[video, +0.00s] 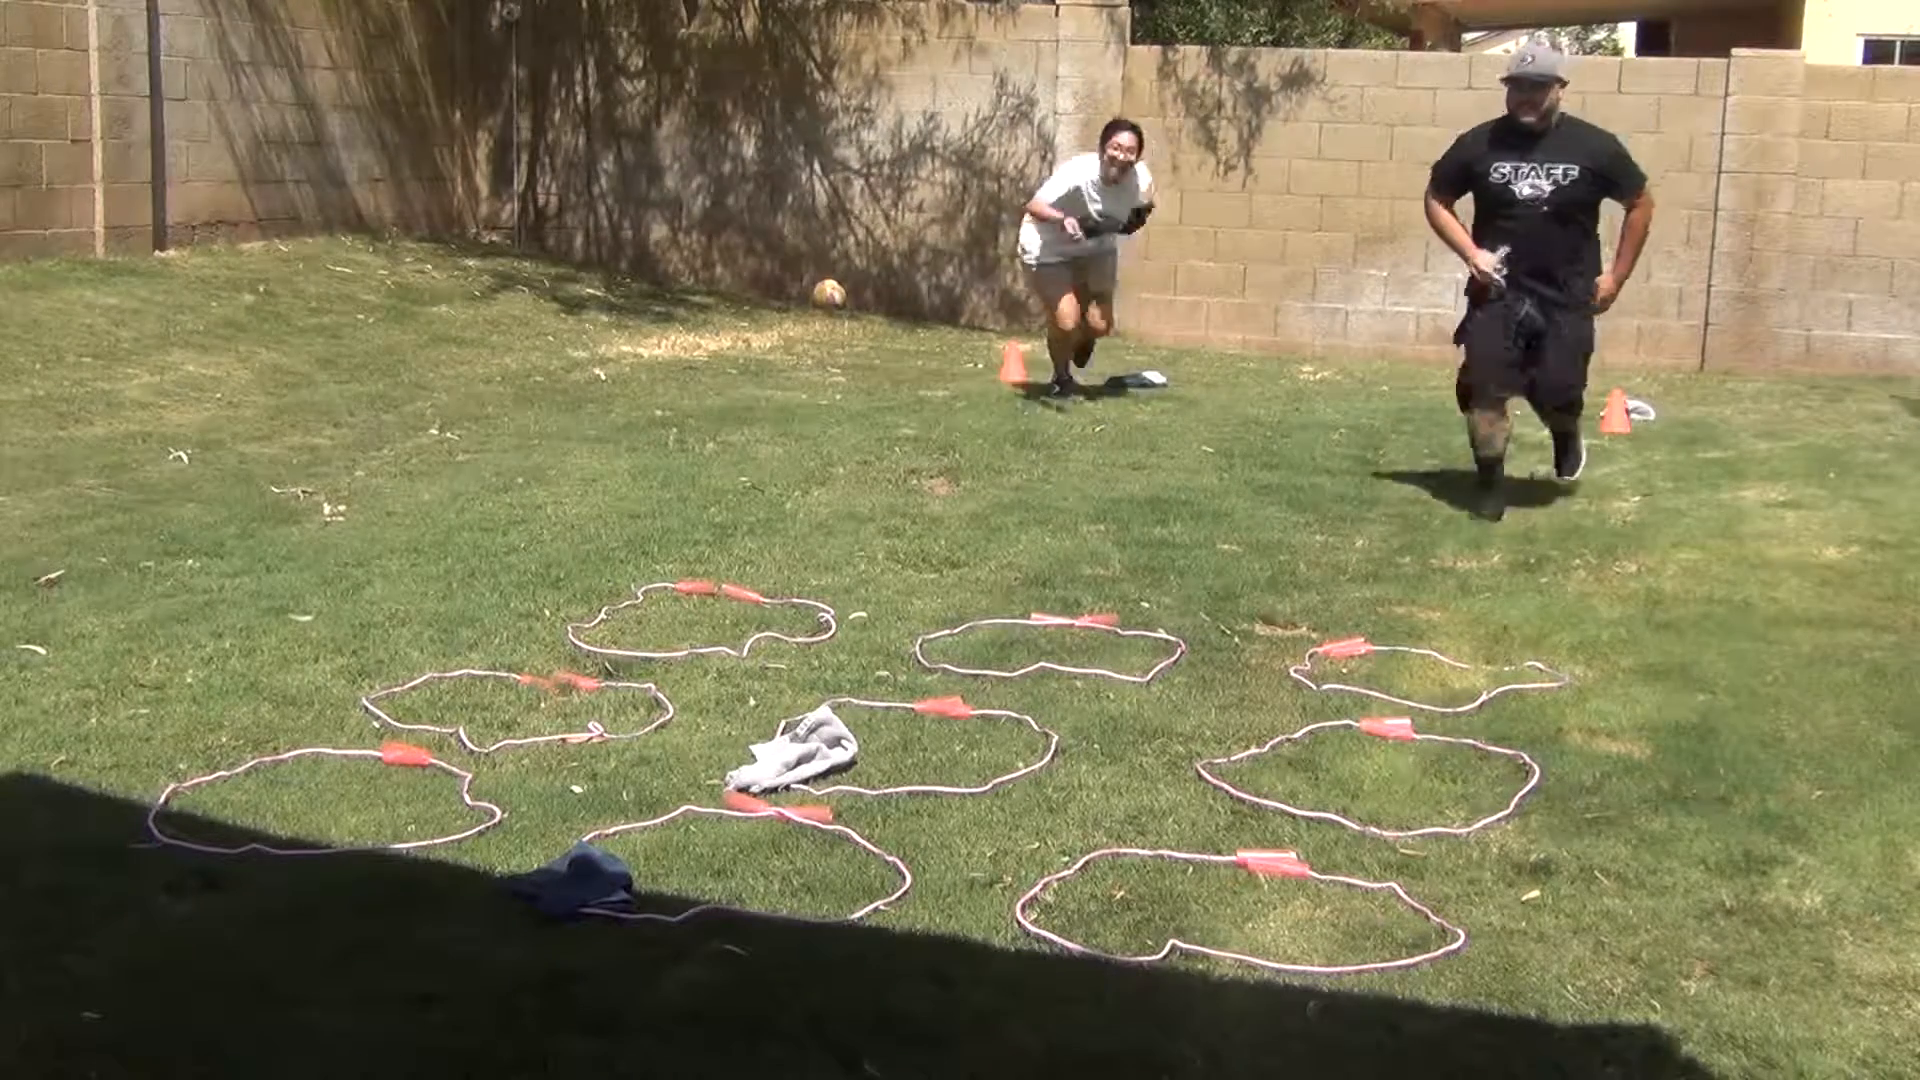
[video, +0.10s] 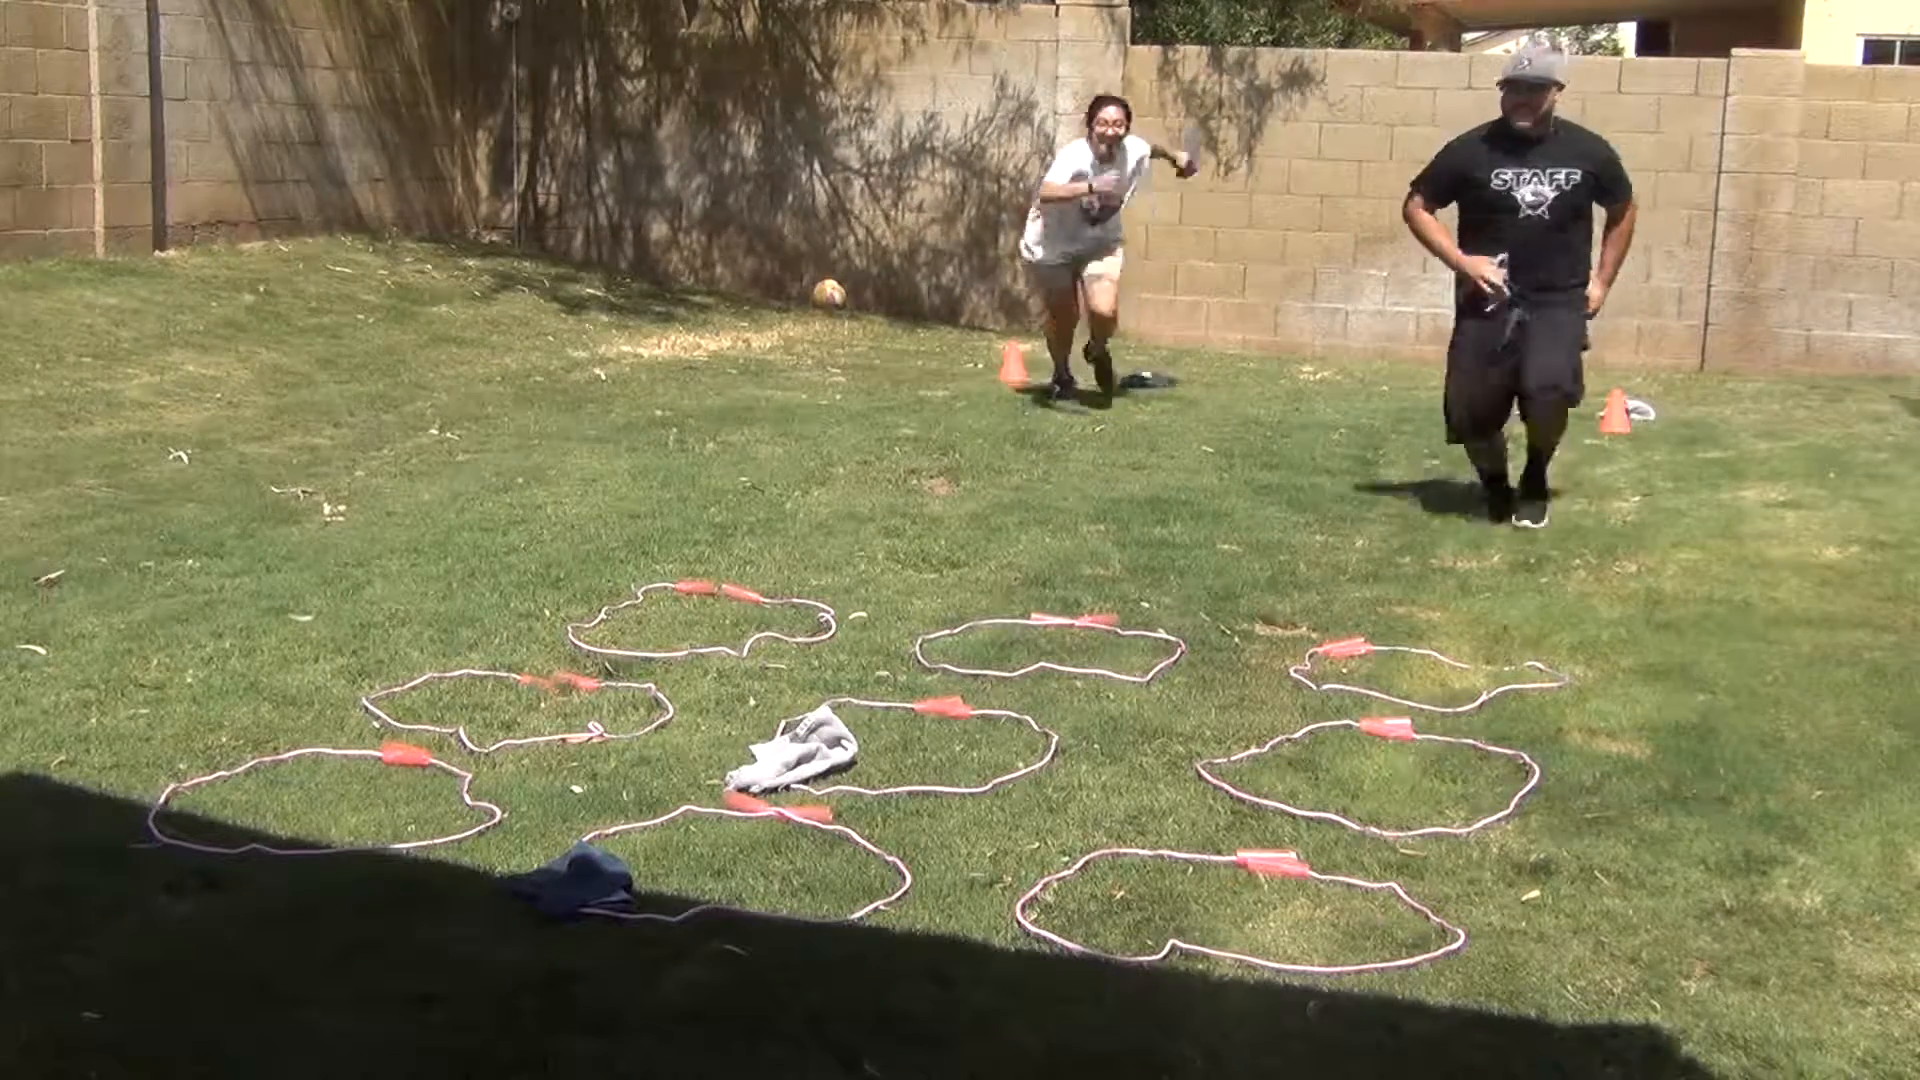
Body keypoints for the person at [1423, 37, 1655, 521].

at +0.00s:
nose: (1525, 97)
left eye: (1537, 88)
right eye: (1517, 86)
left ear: (1560, 90)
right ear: (1505, 87)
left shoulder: (1596, 147)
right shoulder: (1479, 145)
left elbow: (1641, 203)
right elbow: (1435, 202)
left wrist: (1616, 276)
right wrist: (1472, 254)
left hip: (1566, 298)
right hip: (1497, 293)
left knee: (1557, 396)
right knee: (1485, 390)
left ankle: (1565, 437)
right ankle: (1490, 487)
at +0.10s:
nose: (1521, 99)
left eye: (1534, 90)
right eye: (1513, 89)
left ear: (1556, 94)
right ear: (1501, 91)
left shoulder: (1590, 154)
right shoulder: (1470, 151)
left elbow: (1623, 211)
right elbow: (1415, 207)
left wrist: (1601, 282)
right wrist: (1462, 262)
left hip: (1556, 304)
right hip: (1484, 303)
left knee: (1548, 394)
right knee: (1469, 415)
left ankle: (1536, 476)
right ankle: (1495, 487)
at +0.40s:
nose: (1536, 110)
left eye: (1550, 100)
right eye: (1527, 97)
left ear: (1569, 101)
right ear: (1510, 94)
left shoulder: (1583, 165)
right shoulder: (1471, 151)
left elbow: (1586, 241)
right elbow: (1413, 229)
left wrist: (1566, 301)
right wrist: (1432, 301)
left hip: (1539, 322)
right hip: (1466, 316)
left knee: (1529, 436)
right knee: (1448, 436)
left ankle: (1487, 544)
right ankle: (1405, 501)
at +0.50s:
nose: (1532, 119)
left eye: (1546, 110)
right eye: (1523, 107)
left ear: (1567, 106)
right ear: (1506, 98)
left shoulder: (1574, 156)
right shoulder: (1464, 152)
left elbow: (1563, 234)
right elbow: (1420, 238)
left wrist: (1538, 294)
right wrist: (1434, 312)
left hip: (1532, 318)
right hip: (1464, 312)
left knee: (1544, 442)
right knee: (1457, 423)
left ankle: (1486, 543)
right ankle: (1399, 547)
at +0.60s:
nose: (1533, 140)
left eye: (1546, 130)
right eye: (1523, 128)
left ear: (1564, 125)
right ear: (1501, 114)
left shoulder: (1560, 167)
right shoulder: (1462, 168)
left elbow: (1530, 253)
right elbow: (1426, 265)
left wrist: (1520, 321)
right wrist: (1441, 336)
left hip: (1517, 335)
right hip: (1458, 333)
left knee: (1563, 457)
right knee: (1459, 449)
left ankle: (1482, 539)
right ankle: (1408, 580)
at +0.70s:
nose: (1548, 181)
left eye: (1558, 171)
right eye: (1537, 168)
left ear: (1569, 164)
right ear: (1509, 154)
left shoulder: (1539, 195)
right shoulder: (1472, 207)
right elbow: (1443, 301)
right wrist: (1441, 386)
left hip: (1492, 354)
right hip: (1443, 359)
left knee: (1562, 466)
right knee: (1493, 471)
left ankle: (1463, 533)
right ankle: (1404, 589)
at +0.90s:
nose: (1598, 210)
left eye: (1605, 202)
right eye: (1595, 198)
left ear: (1564, 167)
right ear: (1563, 173)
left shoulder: (1529, 168)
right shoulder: (1511, 223)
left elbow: (1488, 165)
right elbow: (1480, 332)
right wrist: (1492, 433)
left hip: (1448, 331)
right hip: (1418, 342)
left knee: (1526, 437)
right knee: (1491, 463)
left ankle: (1412, 531)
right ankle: (1410, 590)